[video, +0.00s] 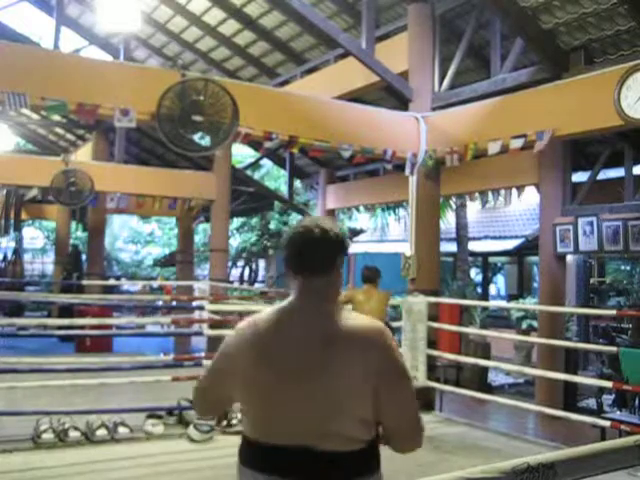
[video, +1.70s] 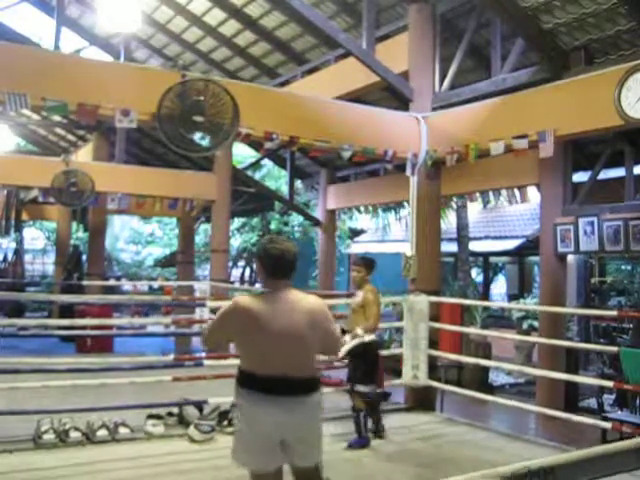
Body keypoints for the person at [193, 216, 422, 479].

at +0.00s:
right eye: (345, 265)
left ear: (287, 268)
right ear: (340, 268)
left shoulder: (250, 334)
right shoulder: (371, 337)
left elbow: (206, 406)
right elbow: (408, 438)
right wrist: (364, 418)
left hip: (263, 469)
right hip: (349, 470)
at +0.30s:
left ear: (276, 268)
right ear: (329, 268)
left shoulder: (249, 325)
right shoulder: (358, 329)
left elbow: (219, 379)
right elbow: (391, 412)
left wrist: (267, 371)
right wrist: (344, 396)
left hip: (262, 464)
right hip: (339, 467)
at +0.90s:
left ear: (305, 269)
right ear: (345, 271)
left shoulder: (275, 309)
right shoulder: (362, 320)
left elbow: (240, 347)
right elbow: (388, 386)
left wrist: (282, 344)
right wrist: (350, 363)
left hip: (283, 435)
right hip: (345, 436)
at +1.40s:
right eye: (330, 268)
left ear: (291, 273)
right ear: (327, 273)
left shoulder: (270, 314)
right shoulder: (346, 313)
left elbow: (233, 361)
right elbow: (365, 366)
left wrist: (267, 336)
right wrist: (336, 350)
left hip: (283, 418)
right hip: (337, 416)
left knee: (280, 475)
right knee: (332, 475)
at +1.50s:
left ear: (281, 272)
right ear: (313, 271)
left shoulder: (261, 315)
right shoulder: (335, 313)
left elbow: (224, 358)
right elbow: (351, 362)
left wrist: (261, 341)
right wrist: (321, 349)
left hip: (275, 417)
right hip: (327, 415)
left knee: (273, 475)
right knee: (321, 475)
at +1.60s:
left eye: (268, 264)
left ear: (269, 269)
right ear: (300, 269)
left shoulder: (250, 311)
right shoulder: (324, 309)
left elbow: (216, 344)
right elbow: (341, 352)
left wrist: (255, 341)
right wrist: (308, 348)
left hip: (264, 414)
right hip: (313, 413)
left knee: (266, 474)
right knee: (314, 474)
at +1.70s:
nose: (256, 268)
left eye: (257, 264)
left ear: (259, 268)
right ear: (292, 268)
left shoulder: (242, 308)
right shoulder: (314, 306)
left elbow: (211, 340)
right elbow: (333, 347)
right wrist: (300, 336)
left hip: (257, 409)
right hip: (304, 409)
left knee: (264, 475)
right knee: (308, 473)